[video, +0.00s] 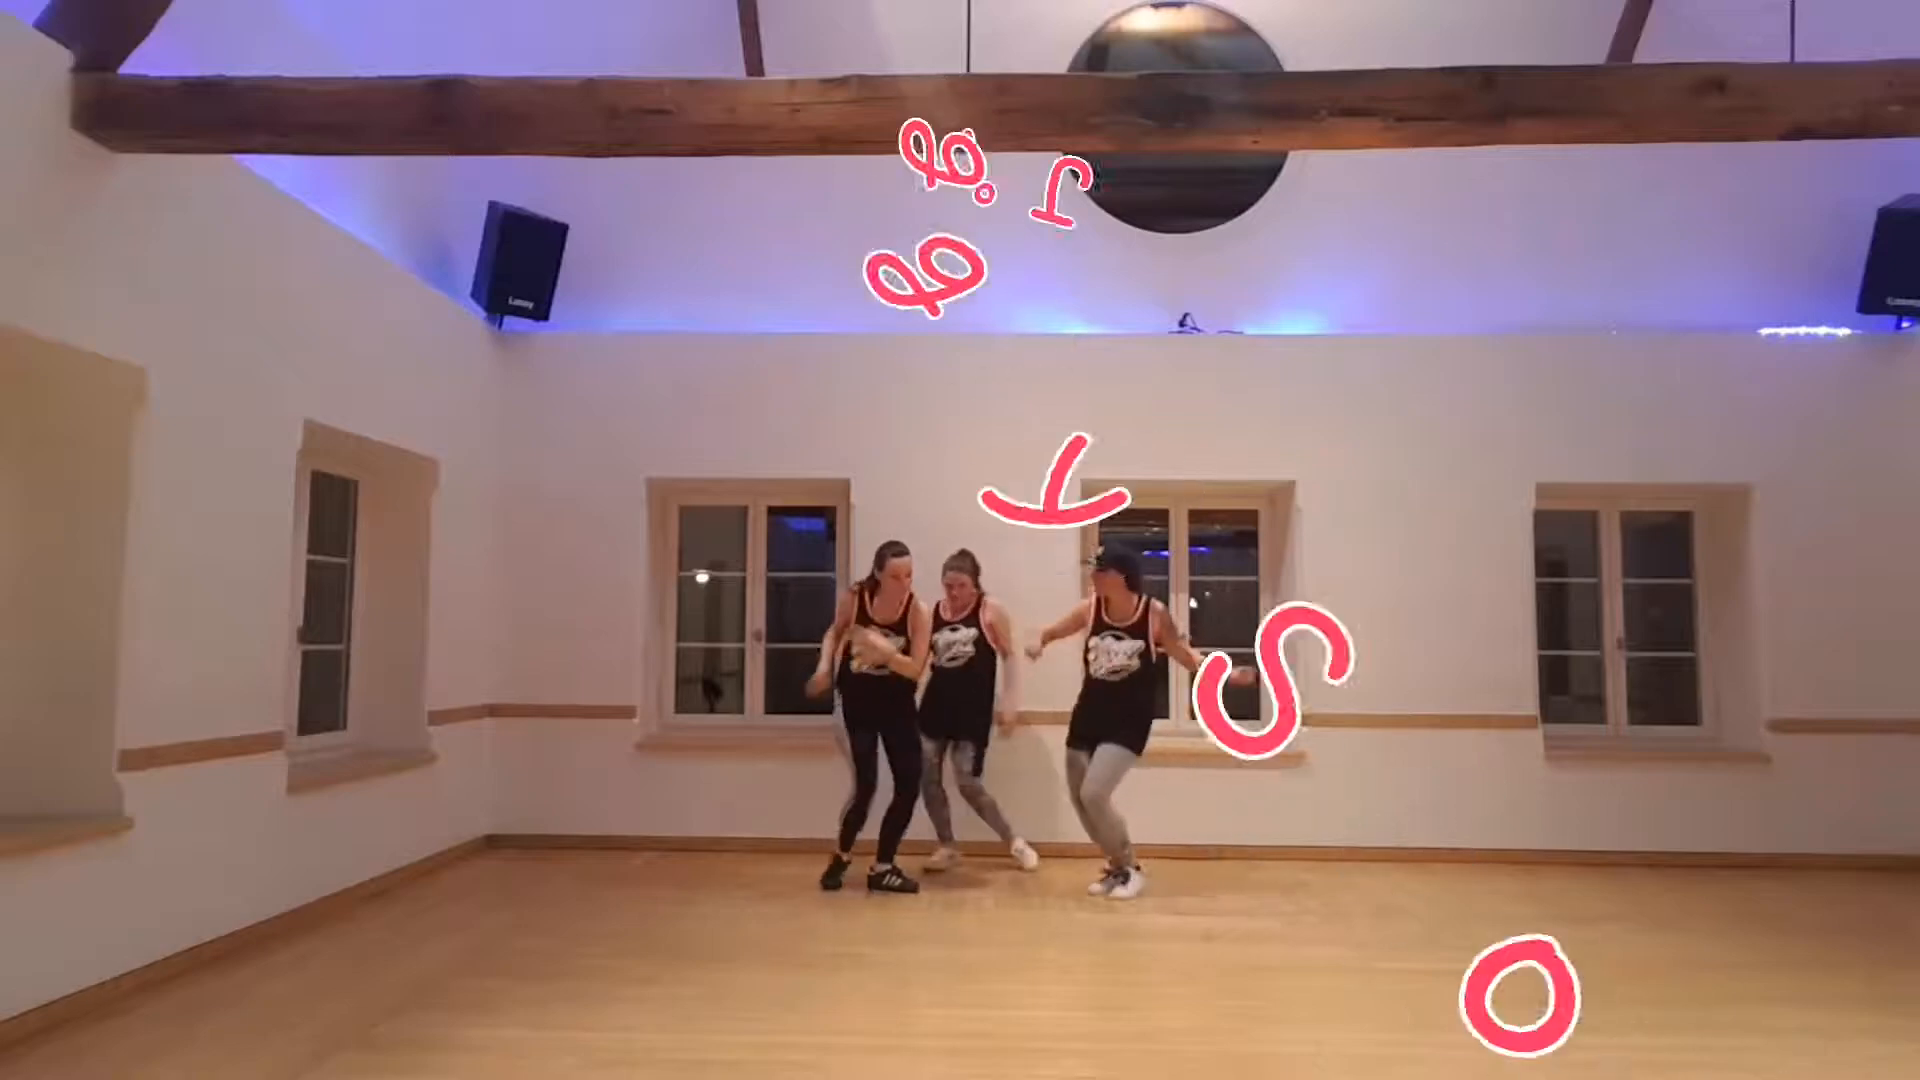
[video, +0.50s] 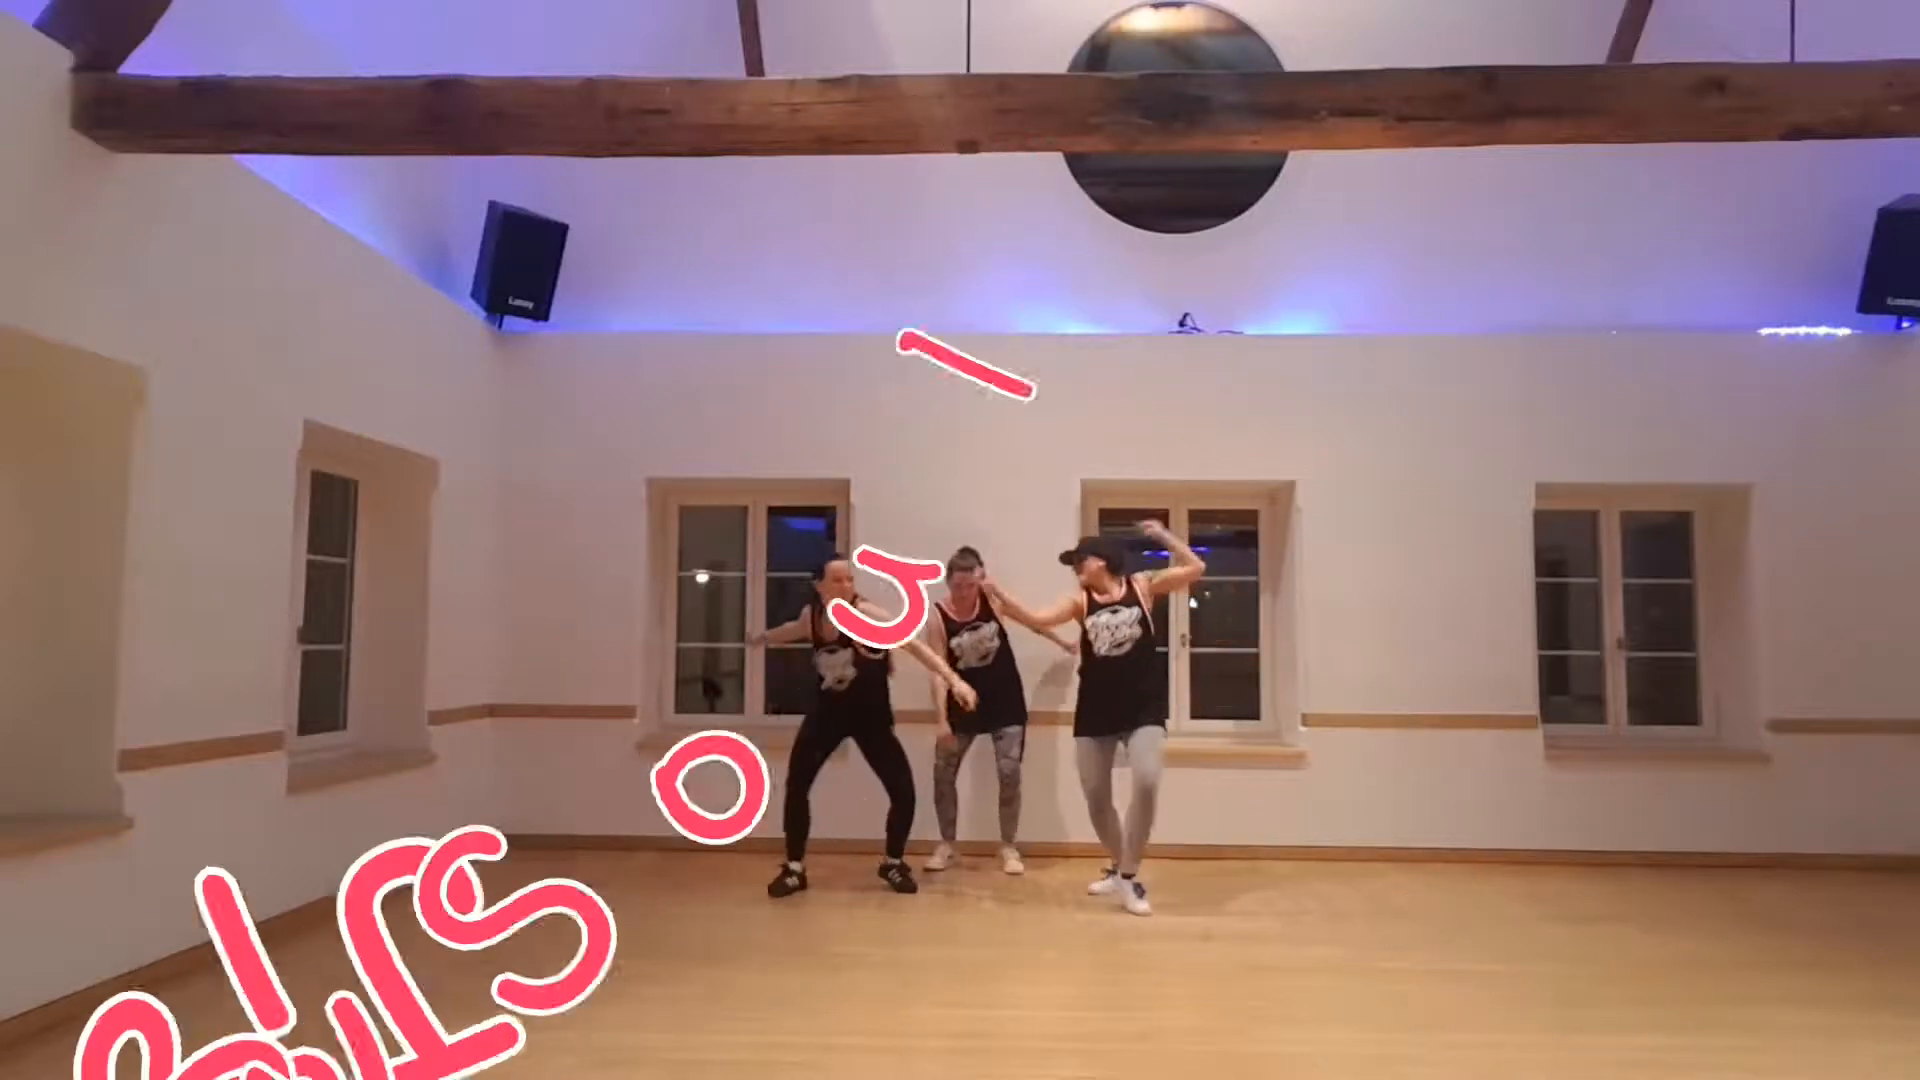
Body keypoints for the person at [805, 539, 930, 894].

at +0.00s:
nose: (906, 582)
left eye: (909, 575)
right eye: (899, 576)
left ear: (912, 573)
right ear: (878, 575)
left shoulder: (918, 610)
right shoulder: (854, 599)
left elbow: (916, 670)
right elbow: (836, 631)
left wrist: (885, 651)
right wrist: (824, 668)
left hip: (897, 700)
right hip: (857, 698)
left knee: (908, 786)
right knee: (865, 786)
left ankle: (883, 868)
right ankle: (842, 857)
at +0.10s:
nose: (900, 574)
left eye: (903, 567)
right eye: (892, 569)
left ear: (906, 564)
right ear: (873, 567)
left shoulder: (914, 599)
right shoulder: (852, 593)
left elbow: (917, 655)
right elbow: (834, 631)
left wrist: (874, 664)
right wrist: (805, 670)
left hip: (897, 695)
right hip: (856, 694)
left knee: (900, 781)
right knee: (846, 777)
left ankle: (882, 865)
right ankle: (832, 858)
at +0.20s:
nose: (890, 570)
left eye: (892, 563)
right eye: (882, 565)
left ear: (895, 563)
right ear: (863, 566)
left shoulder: (905, 593)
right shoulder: (847, 593)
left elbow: (913, 645)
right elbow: (832, 625)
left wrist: (890, 684)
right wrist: (800, 651)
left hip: (896, 683)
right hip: (853, 684)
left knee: (899, 780)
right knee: (836, 776)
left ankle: (883, 865)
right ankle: (816, 857)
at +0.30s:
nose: (879, 573)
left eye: (881, 566)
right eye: (871, 568)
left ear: (884, 566)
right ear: (851, 571)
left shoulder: (894, 598)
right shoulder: (838, 604)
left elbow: (915, 643)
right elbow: (822, 642)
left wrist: (920, 691)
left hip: (888, 699)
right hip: (845, 699)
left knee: (904, 782)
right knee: (827, 781)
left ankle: (885, 865)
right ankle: (803, 859)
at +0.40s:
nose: (853, 580)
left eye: (857, 575)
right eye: (848, 575)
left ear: (866, 580)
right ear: (837, 581)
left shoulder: (883, 612)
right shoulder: (828, 613)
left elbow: (917, 645)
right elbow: (804, 624)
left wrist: (944, 684)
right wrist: (771, 631)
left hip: (879, 715)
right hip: (836, 714)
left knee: (905, 787)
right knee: (813, 787)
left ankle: (889, 864)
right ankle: (798, 866)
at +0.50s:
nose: (844, 586)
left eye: (849, 579)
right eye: (837, 579)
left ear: (855, 583)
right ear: (820, 585)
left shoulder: (870, 614)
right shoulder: (812, 617)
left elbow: (913, 646)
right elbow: (794, 631)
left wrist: (954, 680)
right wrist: (763, 638)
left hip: (870, 719)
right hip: (826, 719)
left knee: (904, 793)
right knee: (796, 786)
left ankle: (893, 863)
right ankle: (794, 868)